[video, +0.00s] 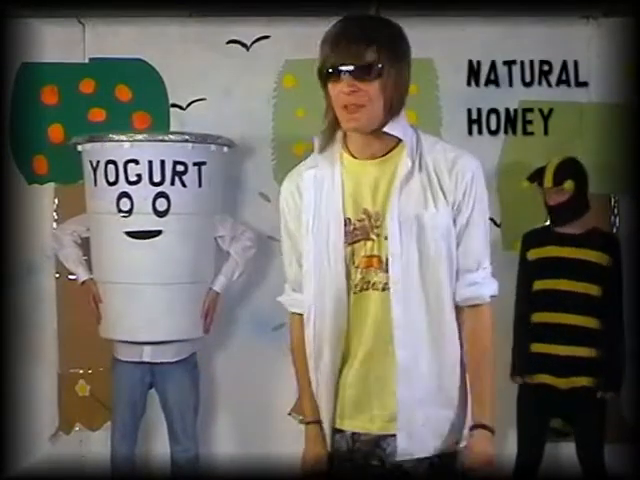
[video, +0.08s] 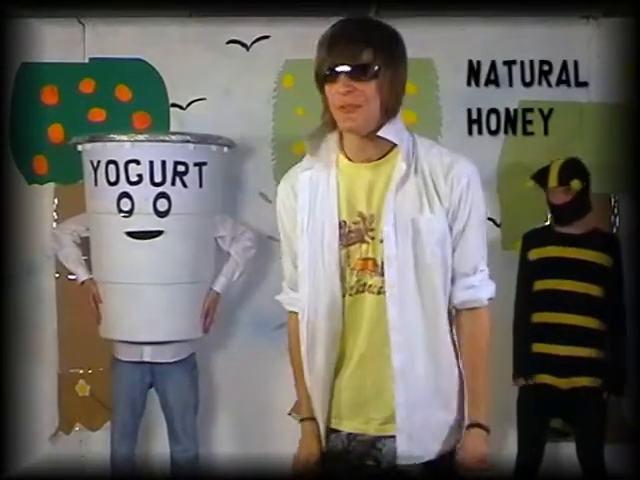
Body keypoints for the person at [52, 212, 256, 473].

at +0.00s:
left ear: (174, 197)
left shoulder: (195, 220)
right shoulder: (113, 220)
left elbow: (247, 240)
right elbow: (62, 234)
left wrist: (218, 288)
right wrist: (85, 278)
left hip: (177, 352)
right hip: (127, 352)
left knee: (185, 449)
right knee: (121, 450)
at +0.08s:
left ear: (174, 196)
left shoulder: (195, 220)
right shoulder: (113, 219)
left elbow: (247, 241)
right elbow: (62, 233)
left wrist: (218, 289)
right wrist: (84, 278)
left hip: (177, 353)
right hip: (127, 352)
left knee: (185, 448)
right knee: (121, 449)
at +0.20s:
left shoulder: (195, 219)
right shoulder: (114, 220)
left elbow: (247, 241)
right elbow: (62, 233)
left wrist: (220, 292)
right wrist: (84, 278)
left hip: (176, 352)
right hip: (126, 351)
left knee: (185, 447)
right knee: (121, 449)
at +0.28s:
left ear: (175, 200)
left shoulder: (194, 221)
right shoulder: (112, 221)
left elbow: (246, 241)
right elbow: (61, 234)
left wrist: (223, 295)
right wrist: (83, 282)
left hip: (176, 353)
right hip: (125, 353)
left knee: (185, 448)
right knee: (120, 449)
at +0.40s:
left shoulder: (196, 221)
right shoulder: (110, 220)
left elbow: (241, 245)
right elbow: (60, 236)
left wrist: (226, 293)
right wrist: (82, 281)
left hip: (176, 353)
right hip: (125, 353)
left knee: (185, 447)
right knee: (120, 448)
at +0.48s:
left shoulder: (196, 220)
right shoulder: (111, 218)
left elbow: (241, 250)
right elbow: (59, 236)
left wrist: (226, 292)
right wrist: (82, 281)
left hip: (176, 352)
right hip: (125, 352)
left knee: (185, 447)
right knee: (120, 448)